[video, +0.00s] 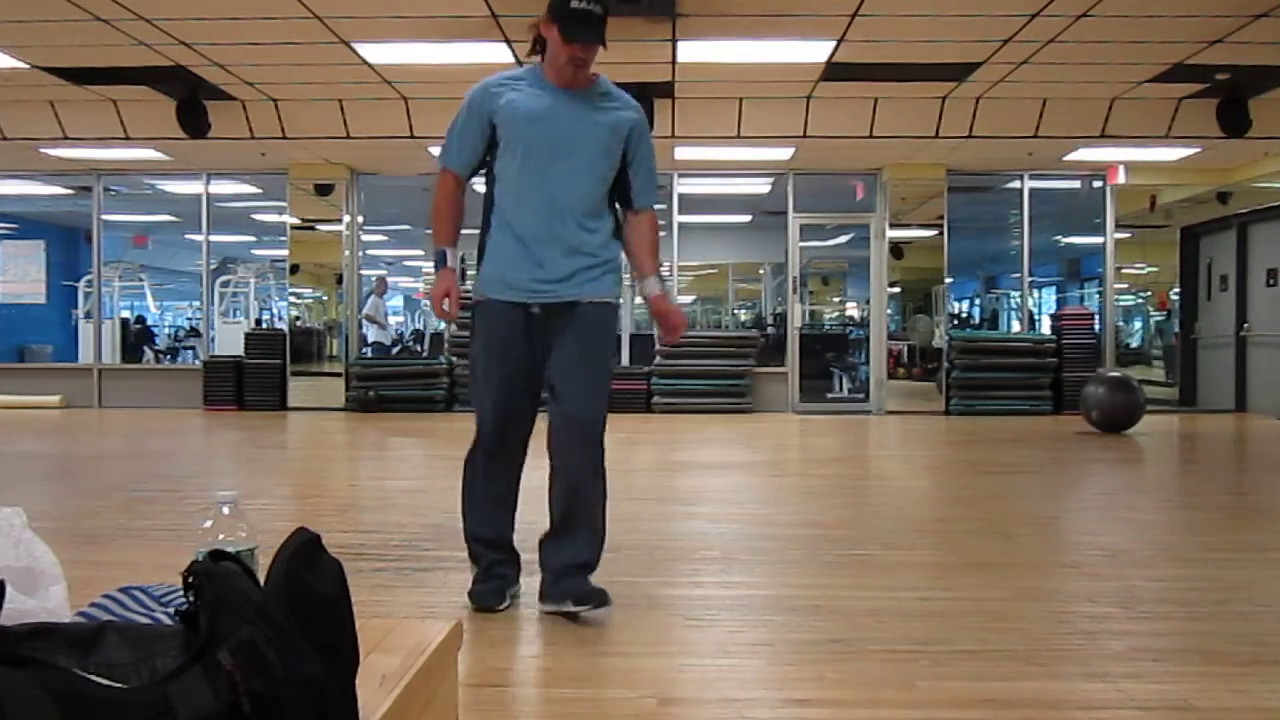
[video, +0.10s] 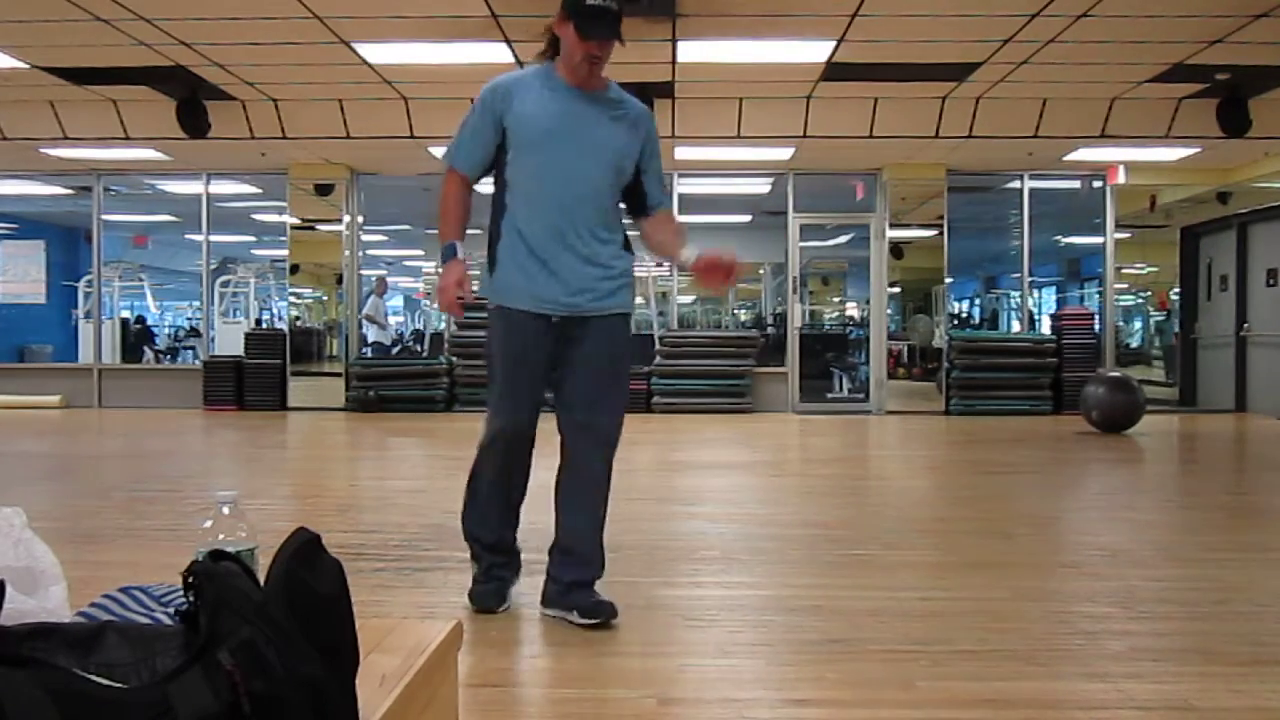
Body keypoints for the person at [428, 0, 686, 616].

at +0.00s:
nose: (583, 64)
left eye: (592, 54)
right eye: (573, 51)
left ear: (604, 44)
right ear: (545, 31)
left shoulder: (624, 114)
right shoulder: (494, 98)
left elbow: (639, 210)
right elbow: (451, 178)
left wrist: (654, 289)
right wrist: (445, 264)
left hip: (588, 298)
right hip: (504, 295)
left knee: (580, 438)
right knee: (497, 437)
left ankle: (568, 578)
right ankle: (492, 571)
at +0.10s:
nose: (599, 47)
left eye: (608, 36)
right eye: (589, 33)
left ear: (618, 38)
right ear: (560, 27)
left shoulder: (634, 118)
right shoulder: (507, 96)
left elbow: (652, 213)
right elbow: (458, 176)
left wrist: (690, 258)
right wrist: (452, 255)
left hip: (603, 301)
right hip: (519, 296)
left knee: (592, 444)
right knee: (509, 431)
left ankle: (573, 585)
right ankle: (492, 566)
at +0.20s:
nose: (618, 46)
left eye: (628, 36)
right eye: (609, 32)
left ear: (637, 35)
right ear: (576, 21)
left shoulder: (652, 111)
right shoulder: (522, 90)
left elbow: (685, 203)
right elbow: (465, 169)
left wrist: (732, 204)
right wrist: (473, 217)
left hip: (619, 295)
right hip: (541, 286)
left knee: (604, 447)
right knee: (538, 421)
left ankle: (572, 588)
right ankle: (506, 538)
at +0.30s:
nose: (636, 39)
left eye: (646, 28)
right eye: (628, 24)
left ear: (656, 26)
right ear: (594, 10)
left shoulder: (667, 95)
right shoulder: (537, 74)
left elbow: (717, 180)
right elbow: (475, 156)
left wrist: (759, 166)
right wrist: (499, 176)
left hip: (634, 288)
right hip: (559, 274)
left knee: (621, 439)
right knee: (575, 414)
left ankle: (581, 579)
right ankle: (538, 557)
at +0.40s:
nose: (652, 26)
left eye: (662, 17)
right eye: (644, 12)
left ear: (668, 18)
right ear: (611, 2)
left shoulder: (682, 83)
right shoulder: (551, 56)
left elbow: (729, 163)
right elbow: (487, 141)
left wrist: (772, 169)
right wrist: (524, 161)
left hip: (651, 275)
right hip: (571, 264)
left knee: (664, 415)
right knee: (599, 406)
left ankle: (606, 572)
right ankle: (592, 578)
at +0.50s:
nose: (669, 39)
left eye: (677, 27)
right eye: (659, 23)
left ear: (684, 25)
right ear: (620, 9)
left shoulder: (691, 105)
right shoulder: (559, 79)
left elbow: (734, 194)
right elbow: (492, 158)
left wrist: (773, 218)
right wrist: (542, 189)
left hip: (680, 292)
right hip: (591, 293)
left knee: (712, 427)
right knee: (620, 453)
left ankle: (635, 567)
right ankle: (663, 634)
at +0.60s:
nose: (689, 28)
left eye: (695, 18)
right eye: (679, 13)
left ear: (694, 22)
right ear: (638, 8)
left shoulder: (701, 105)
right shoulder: (575, 86)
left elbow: (702, 209)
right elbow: (517, 183)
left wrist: (746, 269)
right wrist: (564, 219)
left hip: (692, 310)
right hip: (609, 311)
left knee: (729, 439)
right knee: (638, 466)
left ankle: (649, 567)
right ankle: (665, 633)